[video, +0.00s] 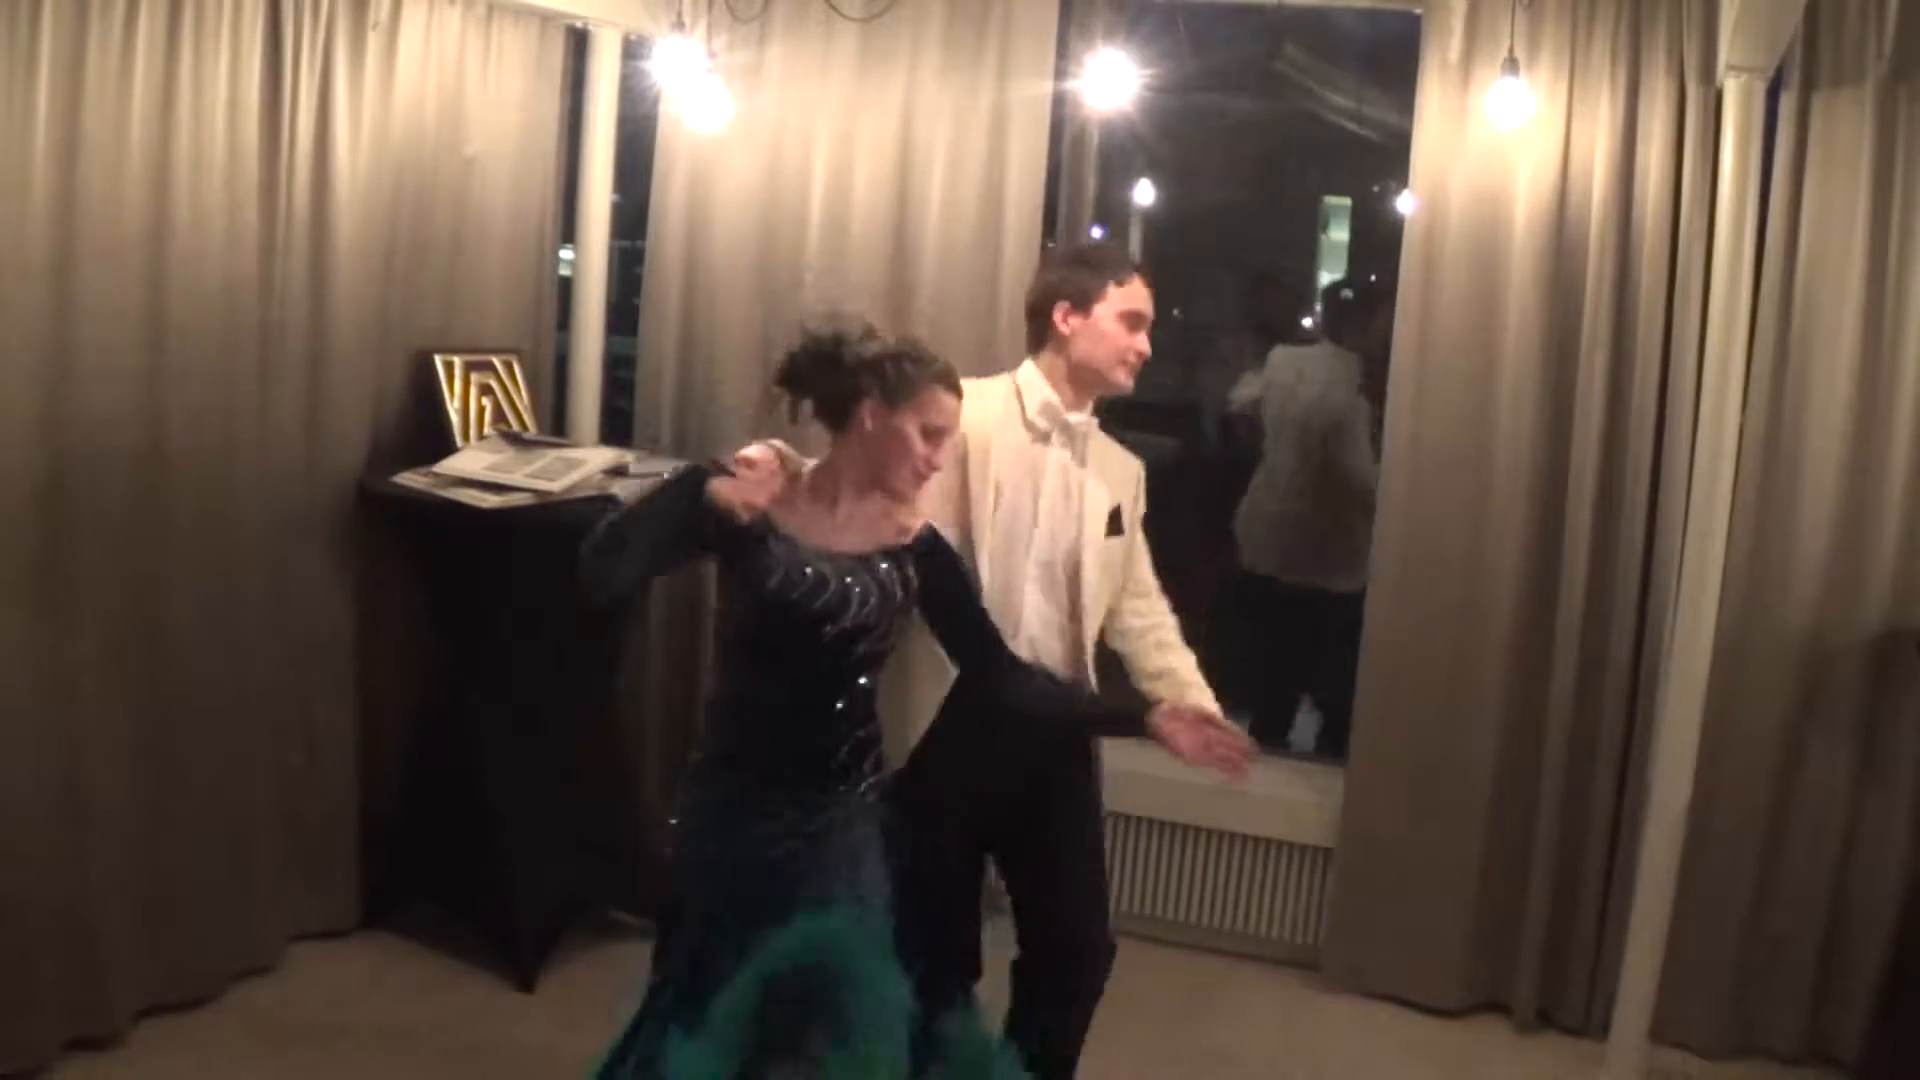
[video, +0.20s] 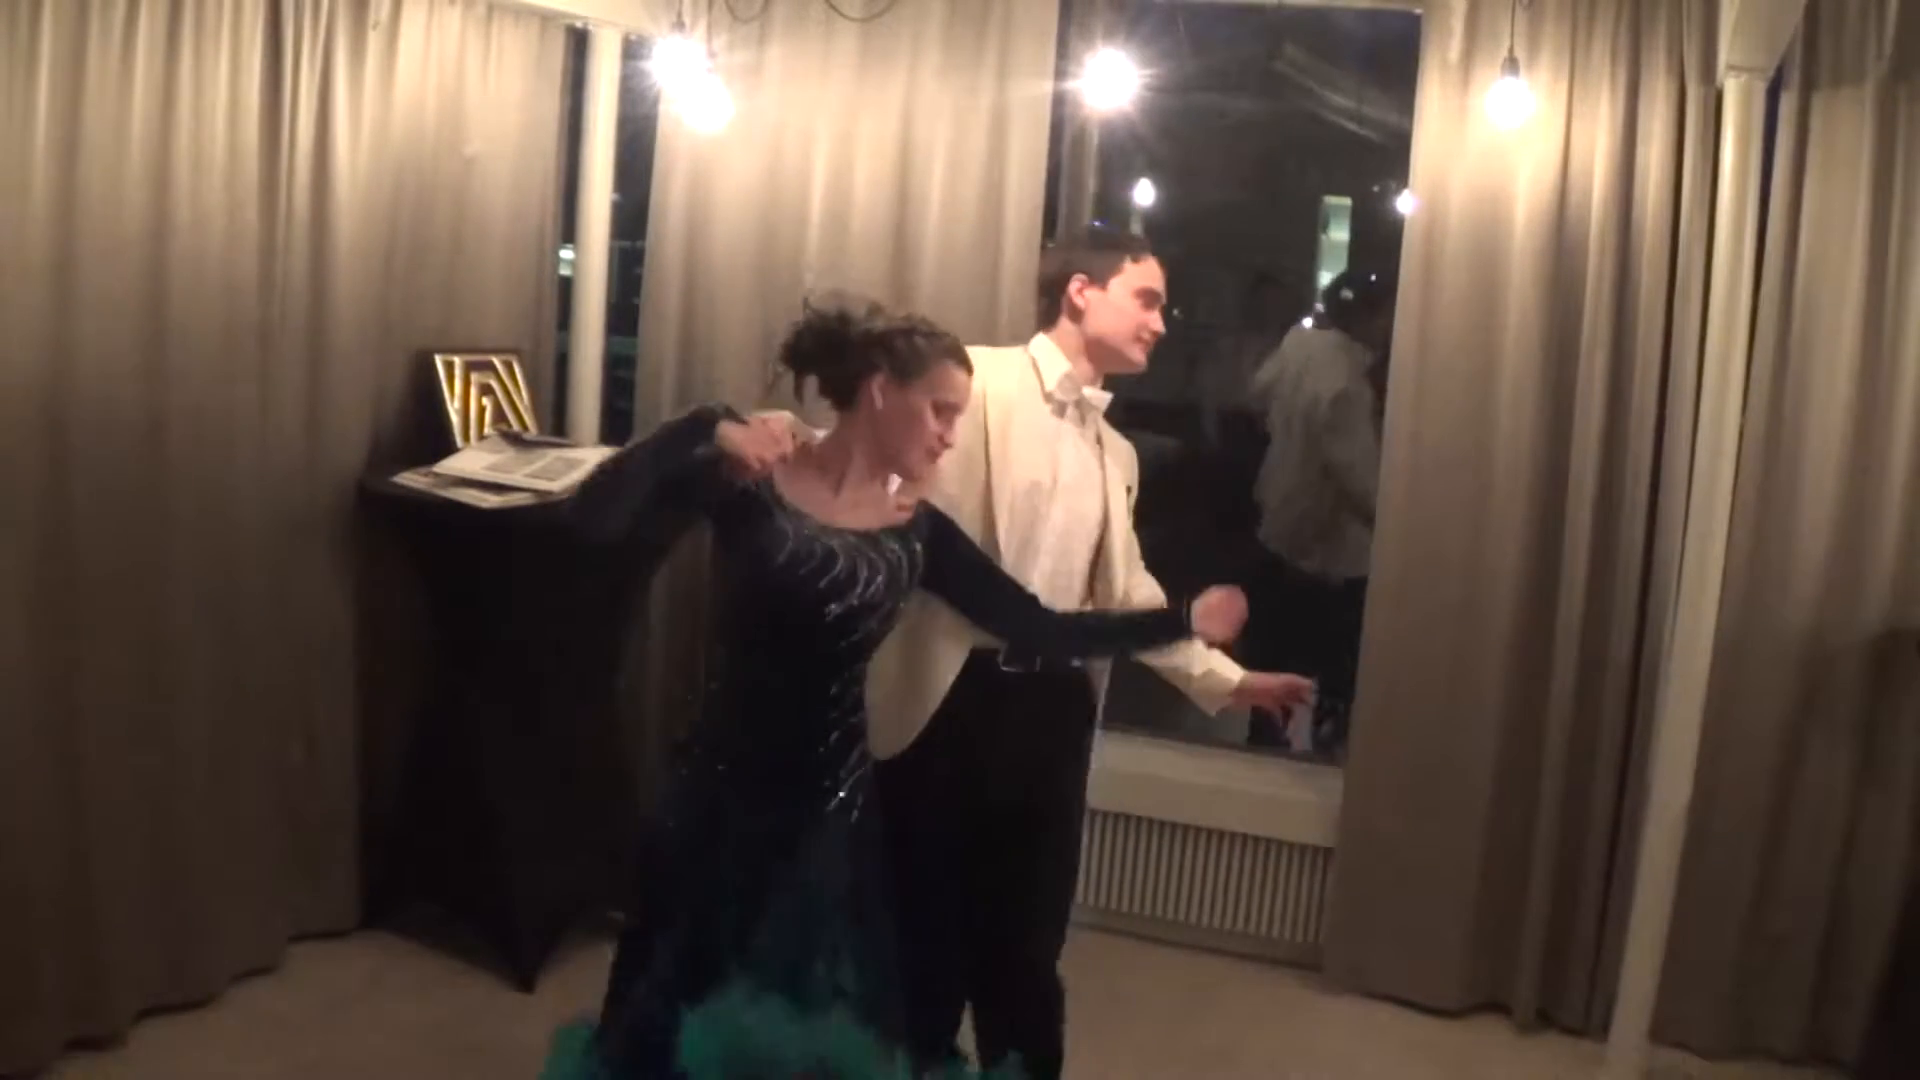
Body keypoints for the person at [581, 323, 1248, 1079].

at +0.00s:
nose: (939, 458)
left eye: (947, 439)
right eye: (928, 435)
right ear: (865, 416)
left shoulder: (915, 545)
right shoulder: (752, 502)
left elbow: (1001, 676)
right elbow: (603, 571)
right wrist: (700, 491)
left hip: (847, 801)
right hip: (738, 795)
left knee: (857, 1003)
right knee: (712, 1002)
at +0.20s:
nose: (952, 435)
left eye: (958, 417)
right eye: (940, 410)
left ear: (894, 403)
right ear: (872, 393)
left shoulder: (917, 529)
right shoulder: (750, 471)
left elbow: (1046, 631)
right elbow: (597, 514)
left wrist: (1186, 621)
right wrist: (706, 433)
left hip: (835, 790)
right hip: (723, 775)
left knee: (830, 1009)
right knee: (688, 1000)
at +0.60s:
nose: (905, 406)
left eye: (914, 384)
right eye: (888, 379)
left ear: (917, 385)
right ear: (819, 362)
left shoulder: (902, 501)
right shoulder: (713, 466)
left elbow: (960, 674)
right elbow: (552, 545)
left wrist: (1090, 623)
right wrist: (638, 435)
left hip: (836, 781)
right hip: (712, 773)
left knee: (828, 1005)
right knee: (691, 1001)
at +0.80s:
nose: (853, 386)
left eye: (869, 365)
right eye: (829, 363)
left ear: (882, 366)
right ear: (761, 352)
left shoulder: (877, 476)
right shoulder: (699, 450)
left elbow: (870, 669)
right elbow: (546, 571)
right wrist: (601, 449)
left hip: (820, 763)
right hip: (702, 749)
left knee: (811, 981)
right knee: (679, 963)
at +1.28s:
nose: (821, 421)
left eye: (835, 393)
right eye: (793, 398)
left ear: (848, 380)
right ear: (716, 385)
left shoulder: (868, 511)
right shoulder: (658, 489)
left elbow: (877, 720)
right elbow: (498, 620)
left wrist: (850, 904)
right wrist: (572, 494)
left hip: (803, 820)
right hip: (671, 802)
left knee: (782, 1035)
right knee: (634, 1019)